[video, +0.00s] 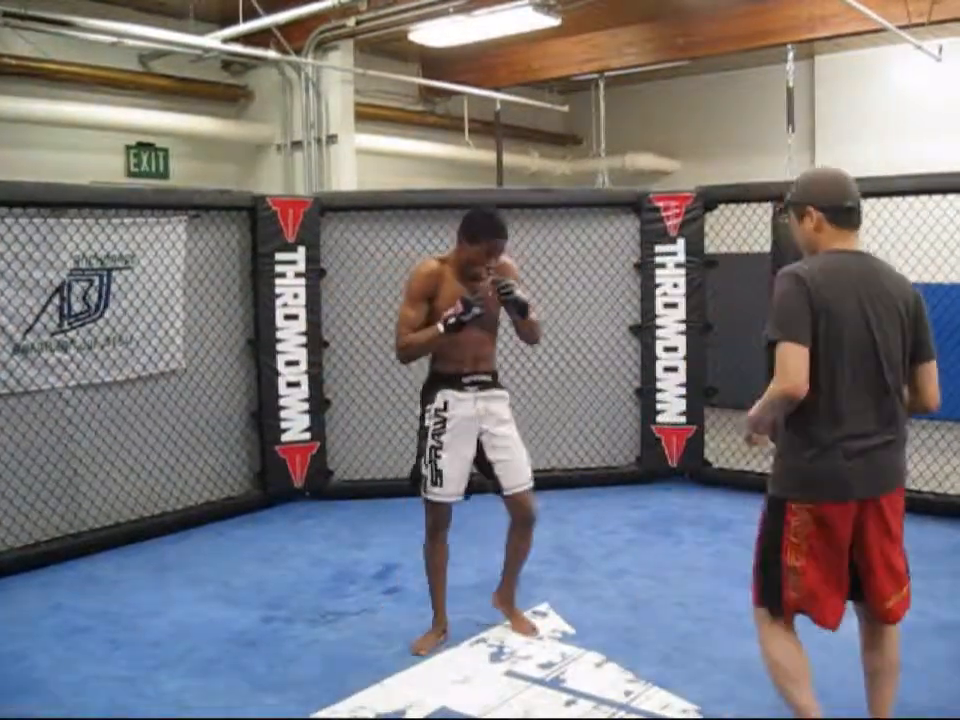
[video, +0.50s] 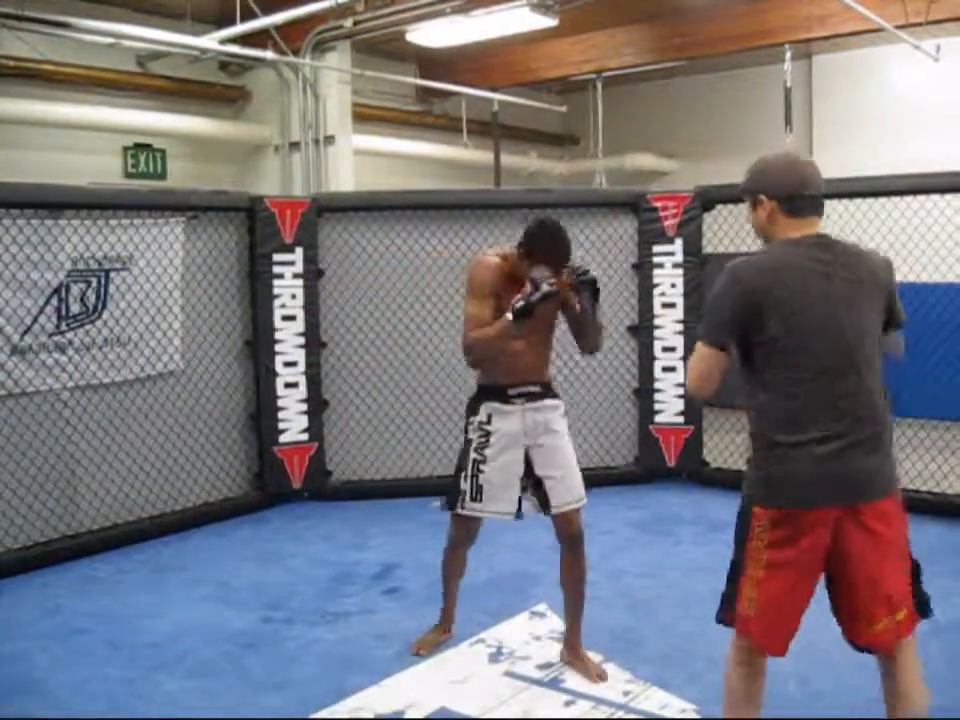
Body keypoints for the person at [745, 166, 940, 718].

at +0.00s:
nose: (793, 233)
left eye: (794, 222)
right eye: (792, 223)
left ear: (813, 218)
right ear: (854, 218)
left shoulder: (799, 280)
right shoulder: (901, 288)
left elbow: (792, 384)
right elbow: (928, 398)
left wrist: (762, 414)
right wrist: (878, 395)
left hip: (809, 486)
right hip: (883, 481)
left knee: (774, 616)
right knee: (879, 614)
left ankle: (808, 711)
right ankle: (881, 713)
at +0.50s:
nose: (749, 217)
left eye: (749, 206)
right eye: (749, 206)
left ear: (765, 206)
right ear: (816, 202)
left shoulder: (744, 277)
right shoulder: (872, 268)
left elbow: (701, 382)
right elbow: (886, 347)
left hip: (784, 487)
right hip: (873, 483)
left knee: (749, 653)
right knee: (898, 649)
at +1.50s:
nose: (657, 212)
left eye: (658, 204)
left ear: (665, 212)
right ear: (736, 206)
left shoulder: (631, 295)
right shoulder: (779, 282)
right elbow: (824, 417)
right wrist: (814, 445)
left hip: (667, 528)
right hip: (757, 529)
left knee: (677, 689)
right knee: (778, 704)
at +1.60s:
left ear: (680, 215)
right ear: (758, 215)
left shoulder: (635, 297)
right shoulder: (788, 297)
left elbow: (589, 434)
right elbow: (850, 441)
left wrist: (602, 519)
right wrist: (801, 411)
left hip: (655, 545)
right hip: (746, 550)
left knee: (671, 697)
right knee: (764, 708)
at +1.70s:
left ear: (678, 204)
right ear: (757, 205)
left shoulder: (628, 279)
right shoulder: (787, 287)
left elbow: (576, 414)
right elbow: (857, 395)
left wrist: (640, 412)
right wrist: (832, 310)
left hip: (634, 538)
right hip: (732, 548)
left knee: (652, 700)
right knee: (755, 708)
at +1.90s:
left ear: (625, 208)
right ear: (710, 205)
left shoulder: (588, 289)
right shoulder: (749, 282)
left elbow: (538, 402)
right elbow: (831, 293)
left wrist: (611, 394)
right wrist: (780, 235)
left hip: (609, 557)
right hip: (708, 561)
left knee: (600, 705)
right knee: (751, 707)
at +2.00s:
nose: (574, 234)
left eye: (577, 223)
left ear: (586, 231)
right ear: (669, 226)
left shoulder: (552, 316)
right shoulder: (708, 298)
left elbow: (484, 442)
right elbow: (810, 292)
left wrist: (558, 435)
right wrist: (757, 223)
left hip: (589, 588)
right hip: (688, 587)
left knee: (583, 709)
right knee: (744, 708)